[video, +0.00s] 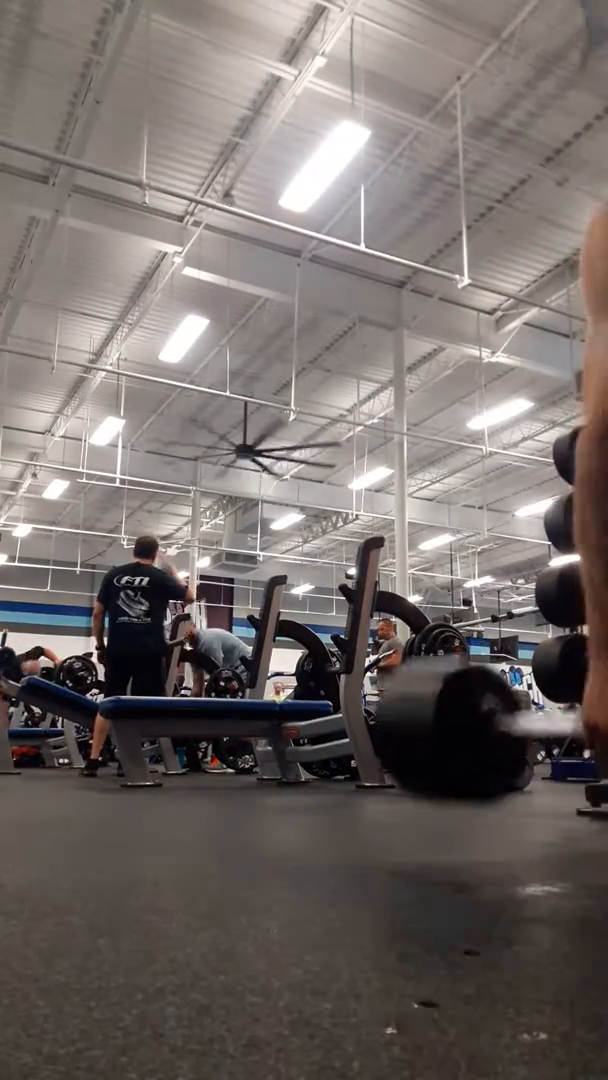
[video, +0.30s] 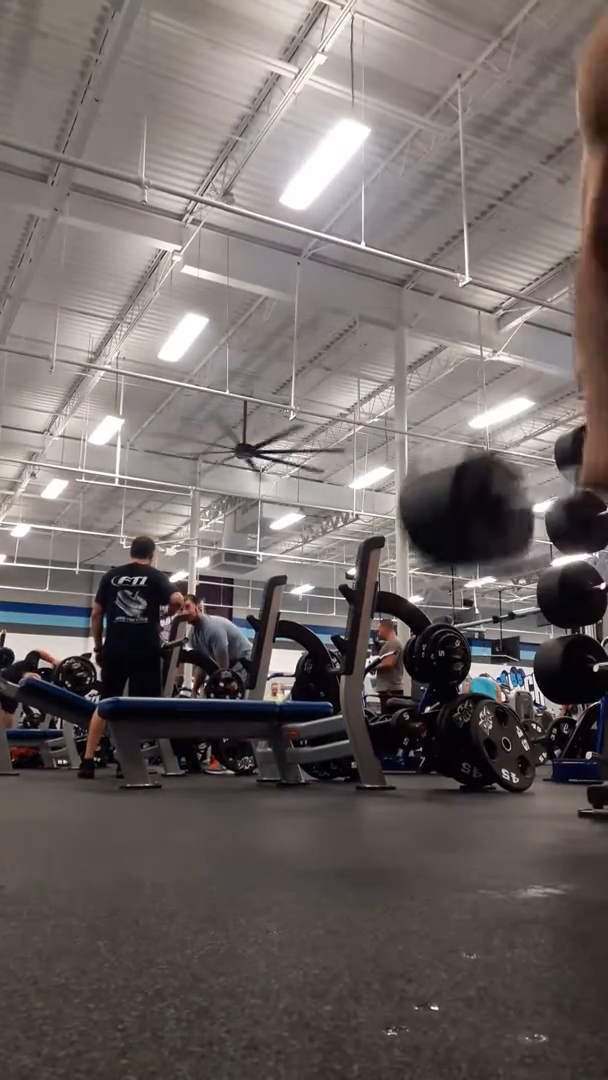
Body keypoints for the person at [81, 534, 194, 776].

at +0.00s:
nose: (158, 557)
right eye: (158, 554)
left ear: (133, 553)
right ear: (155, 555)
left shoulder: (114, 574)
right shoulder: (161, 578)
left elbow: (98, 612)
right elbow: (189, 596)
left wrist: (99, 645)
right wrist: (180, 577)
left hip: (118, 648)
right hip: (149, 650)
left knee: (109, 702)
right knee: (150, 704)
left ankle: (93, 758)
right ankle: (138, 763)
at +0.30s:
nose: (155, 559)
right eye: (155, 555)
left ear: (130, 553)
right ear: (152, 556)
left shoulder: (112, 575)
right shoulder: (156, 577)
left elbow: (96, 613)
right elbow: (177, 601)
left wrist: (98, 647)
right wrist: (167, 613)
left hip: (115, 649)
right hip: (146, 650)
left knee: (105, 703)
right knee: (146, 706)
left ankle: (88, 759)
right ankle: (136, 766)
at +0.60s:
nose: (153, 564)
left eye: (151, 561)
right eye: (154, 561)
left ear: (131, 555)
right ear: (151, 559)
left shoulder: (108, 575)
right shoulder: (152, 576)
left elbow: (93, 613)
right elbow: (169, 604)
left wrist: (94, 646)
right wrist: (158, 621)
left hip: (110, 650)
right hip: (140, 651)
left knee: (103, 704)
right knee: (139, 705)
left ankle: (88, 760)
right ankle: (130, 763)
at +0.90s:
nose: (138, 564)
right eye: (141, 561)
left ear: (121, 555)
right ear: (141, 559)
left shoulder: (101, 577)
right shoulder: (145, 579)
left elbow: (85, 613)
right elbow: (154, 612)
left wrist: (88, 642)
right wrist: (148, 620)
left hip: (102, 651)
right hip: (132, 652)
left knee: (98, 705)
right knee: (134, 706)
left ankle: (88, 760)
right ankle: (129, 763)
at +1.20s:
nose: (123, 562)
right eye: (127, 559)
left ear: (108, 557)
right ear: (129, 559)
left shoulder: (90, 577)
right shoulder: (134, 578)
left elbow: (74, 614)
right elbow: (144, 610)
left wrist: (88, 631)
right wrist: (141, 627)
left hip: (93, 649)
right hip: (122, 650)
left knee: (91, 703)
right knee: (124, 704)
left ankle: (87, 760)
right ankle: (126, 760)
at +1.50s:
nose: (123, 563)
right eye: (124, 560)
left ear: (103, 559)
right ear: (124, 559)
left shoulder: (86, 578)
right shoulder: (129, 576)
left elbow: (72, 615)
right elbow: (138, 608)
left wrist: (92, 618)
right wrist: (138, 628)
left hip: (89, 650)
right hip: (119, 651)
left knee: (88, 704)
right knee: (120, 704)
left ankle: (86, 760)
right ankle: (117, 758)